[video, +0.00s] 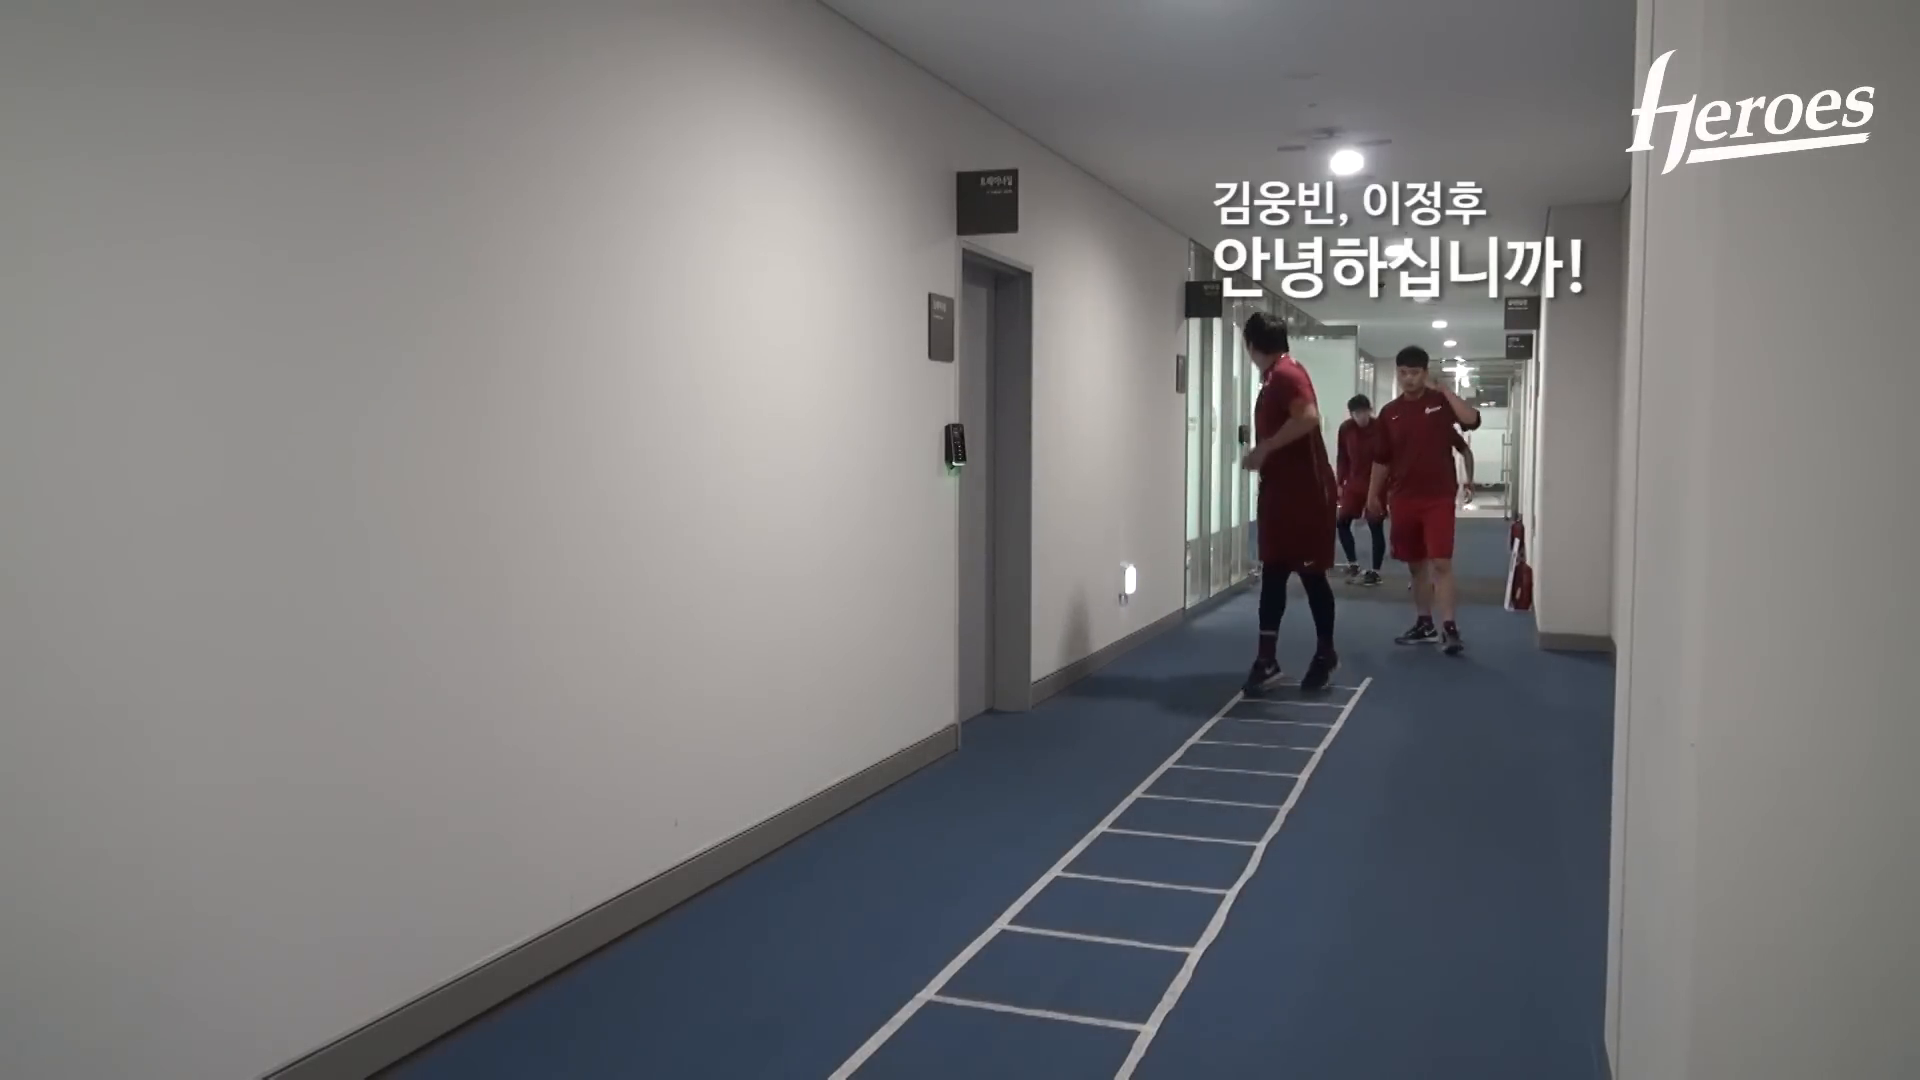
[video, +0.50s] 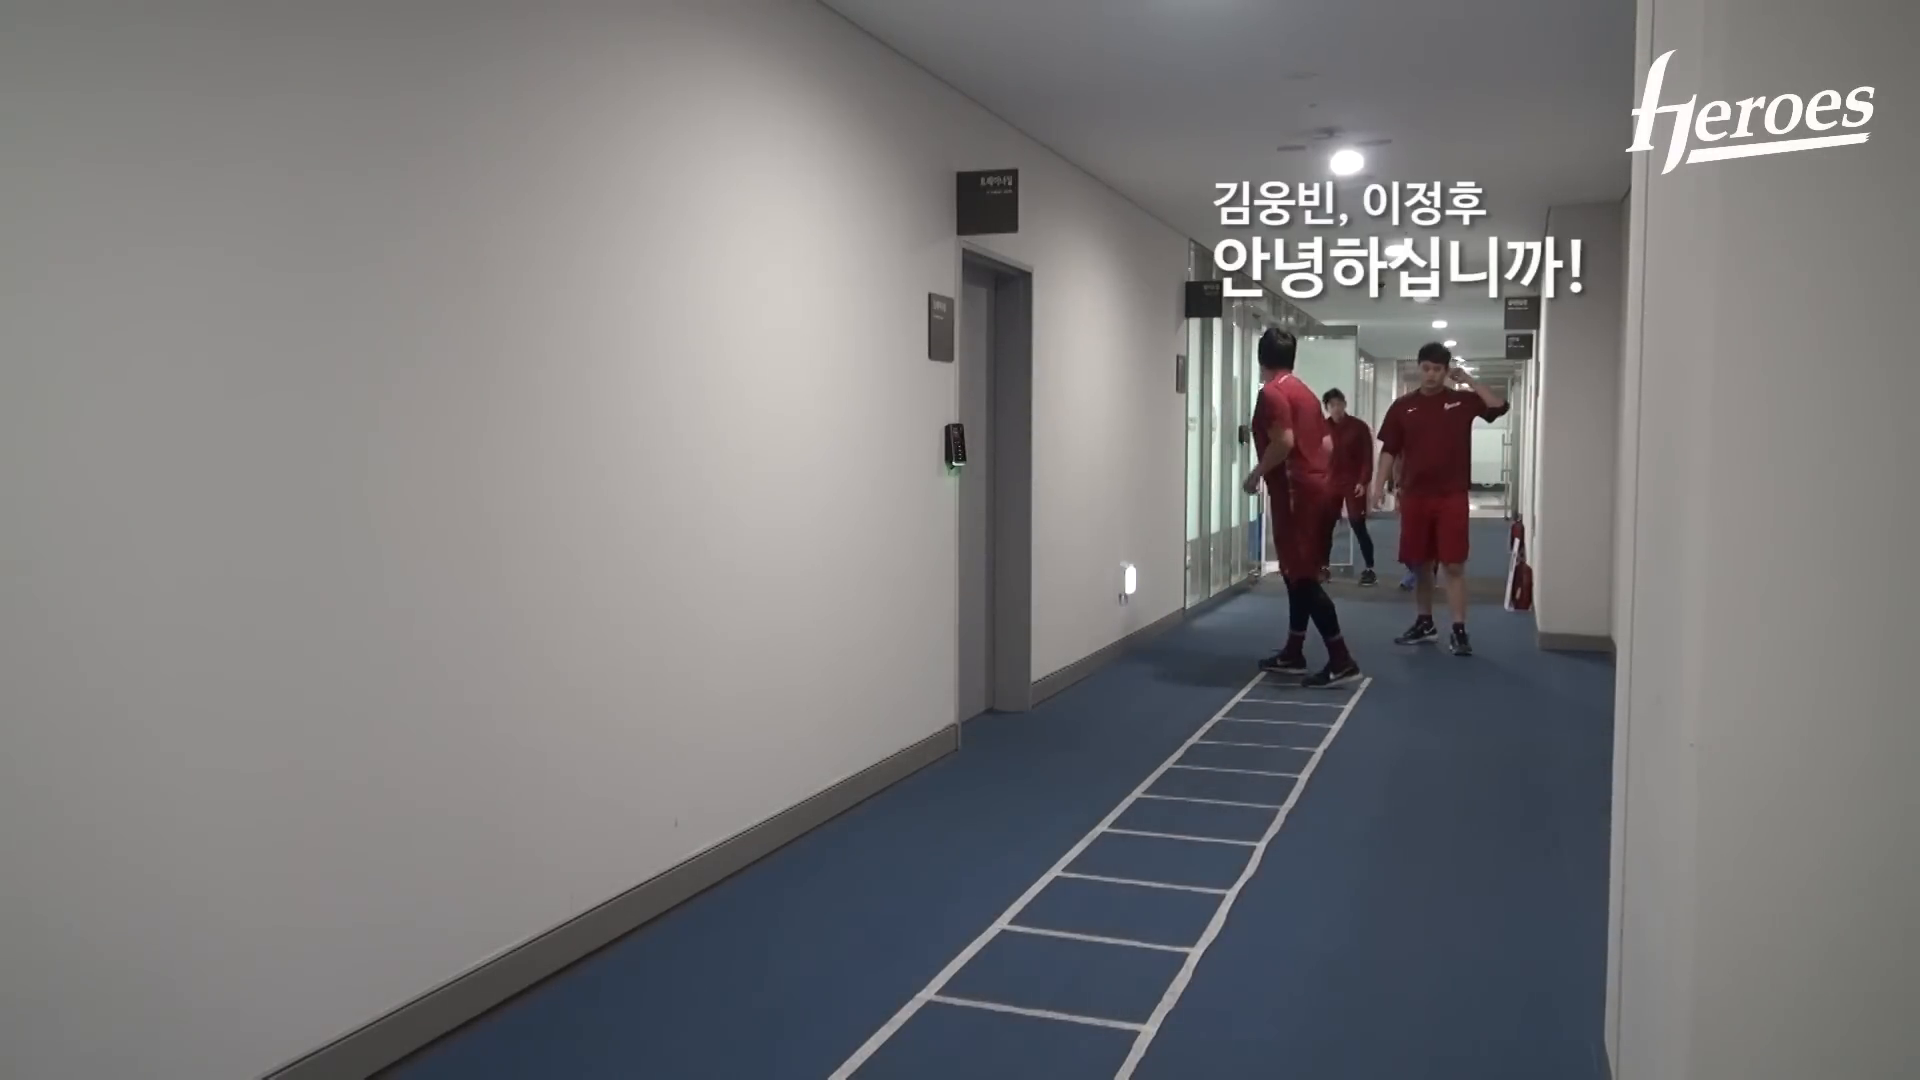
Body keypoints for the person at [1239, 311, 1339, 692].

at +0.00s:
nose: (1247, 353)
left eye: (1247, 346)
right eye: (1248, 346)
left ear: (1254, 346)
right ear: (1280, 341)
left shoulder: (1286, 373)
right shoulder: (1281, 375)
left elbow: (1308, 416)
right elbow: (1302, 428)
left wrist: (1265, 448)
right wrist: (1262, 455)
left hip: (1301, 495)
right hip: (1282, 495)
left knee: (1312, 573)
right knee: (1273, 573)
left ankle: (1326, 652)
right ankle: (1266, 658)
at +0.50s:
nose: (1258, 362)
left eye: (1258, 356)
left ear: (1261, 358)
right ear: (1291, 358)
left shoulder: (1273, 391)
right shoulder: (1306, 392)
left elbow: (1284, 440)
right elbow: (1325, 443)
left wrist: (1257, 473)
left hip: (1296, 493)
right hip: (1320, 491)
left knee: (1301, 575)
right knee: (1297, 573)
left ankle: (1340, 658)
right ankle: (1293, 652)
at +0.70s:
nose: (1255, 362)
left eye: (1255, 357)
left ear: (1257, 358)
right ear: (1287, 359)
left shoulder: (1256, 393)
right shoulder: (1307, 394)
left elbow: (1257, 445)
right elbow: (1325, 447)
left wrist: (1235, 480)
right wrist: (1317, 484)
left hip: (1277, 495)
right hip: (1311, 493)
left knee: (1262, 574)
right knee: (1295, 571)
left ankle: (1315, 637)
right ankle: (1292, 652)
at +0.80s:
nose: (1249, 361)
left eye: (1249, 355)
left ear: (1251, 358)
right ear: (1281, 358)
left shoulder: (1249, 393)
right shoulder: (1302, 394)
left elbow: (1247, 447)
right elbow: (1321, 447)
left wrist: (1228, 490)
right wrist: (1312, 484)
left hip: (1268, 493)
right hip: (1304, 493)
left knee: (1236, 569)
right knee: (1292, 571)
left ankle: (1286, 634)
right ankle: (1295, 654)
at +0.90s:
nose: (1242, 363)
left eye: (1241, 357)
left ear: (1243, 360)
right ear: (1273, 360)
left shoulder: (1240, 396)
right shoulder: (1295, 395)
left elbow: (1238, 443)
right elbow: (1314, 448)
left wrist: (1224, 491)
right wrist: (1306, 483)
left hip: (1257, 497)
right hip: (1295, 497)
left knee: (1221, 565)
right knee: (1291, 571)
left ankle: (1241, 642)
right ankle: (1294, 652)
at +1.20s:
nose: (1207, 371)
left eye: (1204, 366)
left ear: (1205, 366)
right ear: (1235, 364)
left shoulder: (1204, 402)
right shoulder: (1260, 398)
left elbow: (1196, 452)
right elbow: (1281, 447)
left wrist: (1187, 499)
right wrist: (1265, 450)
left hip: (1219, 497)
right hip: (1255, 497)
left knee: (1204, 573)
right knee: (1254, 571)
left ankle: (1188, 647)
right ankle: (1284, 643)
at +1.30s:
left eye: (1194, 364)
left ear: (1195, 365)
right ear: (1226, 363)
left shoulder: (1192, 401)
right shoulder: (1251, 396)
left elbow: (1183, 454)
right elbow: (1277, 437)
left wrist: (1173, 499)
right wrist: (1251, 420)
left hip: (1210, 494)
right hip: (1246, 493)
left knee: (1201, 570)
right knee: (1236, 565)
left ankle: (1189, 647)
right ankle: (1267, 625)